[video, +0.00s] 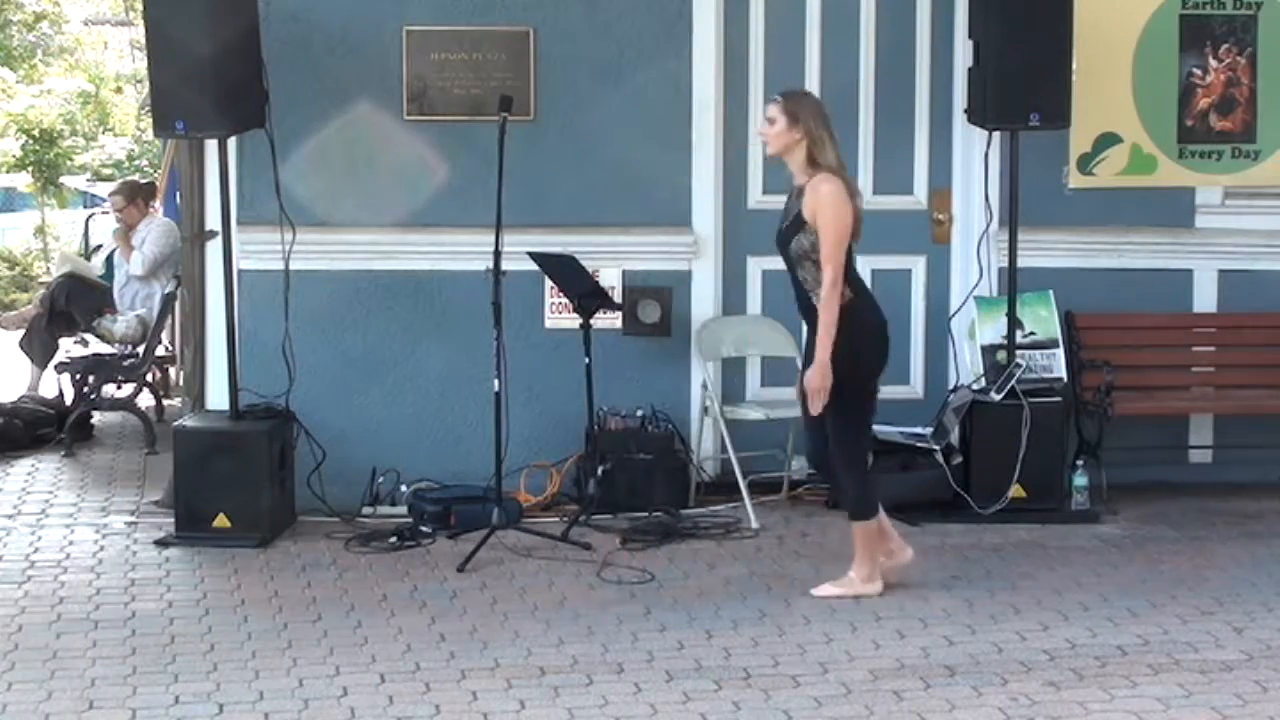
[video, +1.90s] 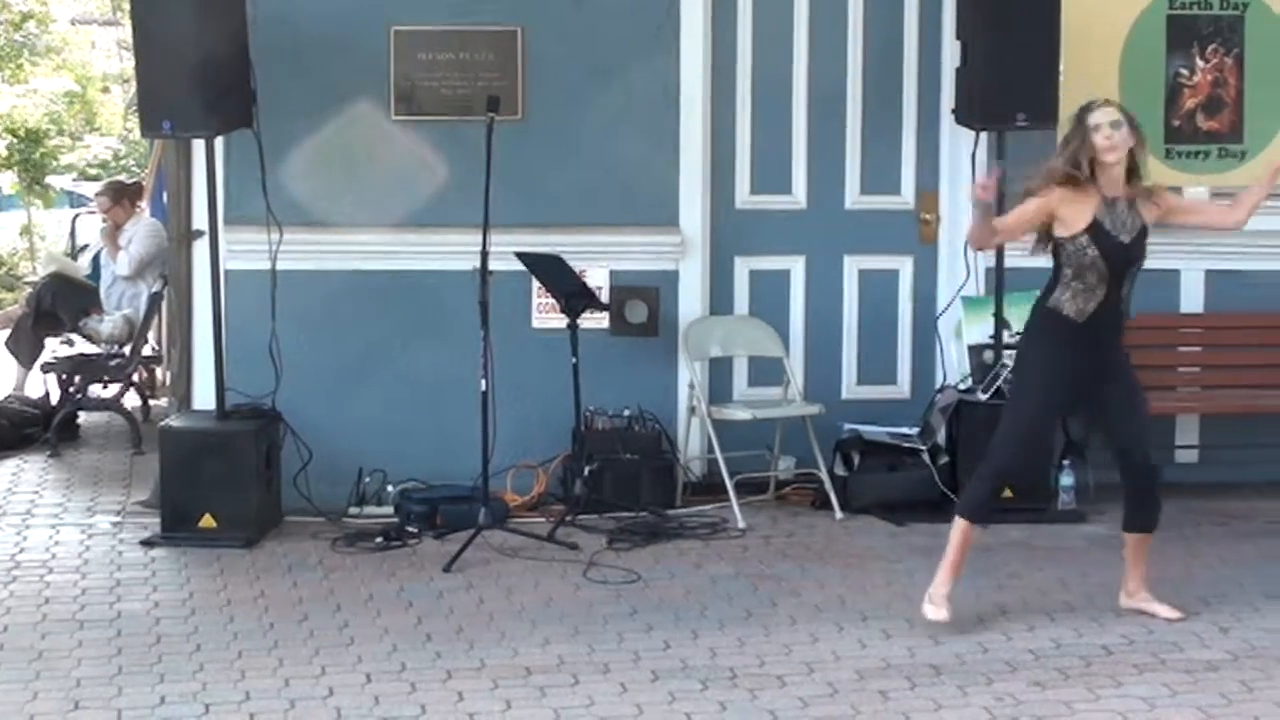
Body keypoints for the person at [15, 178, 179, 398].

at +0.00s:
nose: (117, 218)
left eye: (119, 211)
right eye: (114, 213)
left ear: (140, 205)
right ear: (136, 206)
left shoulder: (164, 229)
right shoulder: (127, 234)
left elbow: (142, 267)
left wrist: (123, 243)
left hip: (140, 318)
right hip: (118, 311)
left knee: (68, 284)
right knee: (45, 320)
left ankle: (34, 310)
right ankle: (32, 390)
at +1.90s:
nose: (105, 219)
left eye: (107, 212)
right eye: (102, 214)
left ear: (125, 204)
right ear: (122, 206)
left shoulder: (150, 229)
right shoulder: (113, 233)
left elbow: (127, 268)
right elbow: (84, 269)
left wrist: (110, 242)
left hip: (127, 317)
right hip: (105, 309)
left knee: (55, 283)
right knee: (33, 320)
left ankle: (25, 310)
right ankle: (18, 388)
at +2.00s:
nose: (89, 220)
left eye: (92, 213)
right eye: (86, 215)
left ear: (110, 204)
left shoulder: (135, 230)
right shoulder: (98, 235)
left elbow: (112, 269)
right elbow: (68, 271)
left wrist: (94, 244)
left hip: (114, 317)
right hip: (91, 309)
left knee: (37, 286)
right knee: (14, 323)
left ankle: (16, 311)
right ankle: (8, 384)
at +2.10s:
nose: (75, 219)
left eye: (77, 213)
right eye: (72, 215)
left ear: (96, 204)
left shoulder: (121, 230)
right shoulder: (84, 233)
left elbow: (100, 269)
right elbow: (55, 270)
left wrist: (81, 245)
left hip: (101, 319)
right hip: (76, 310)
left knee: (25, 286)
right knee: (9, 323)